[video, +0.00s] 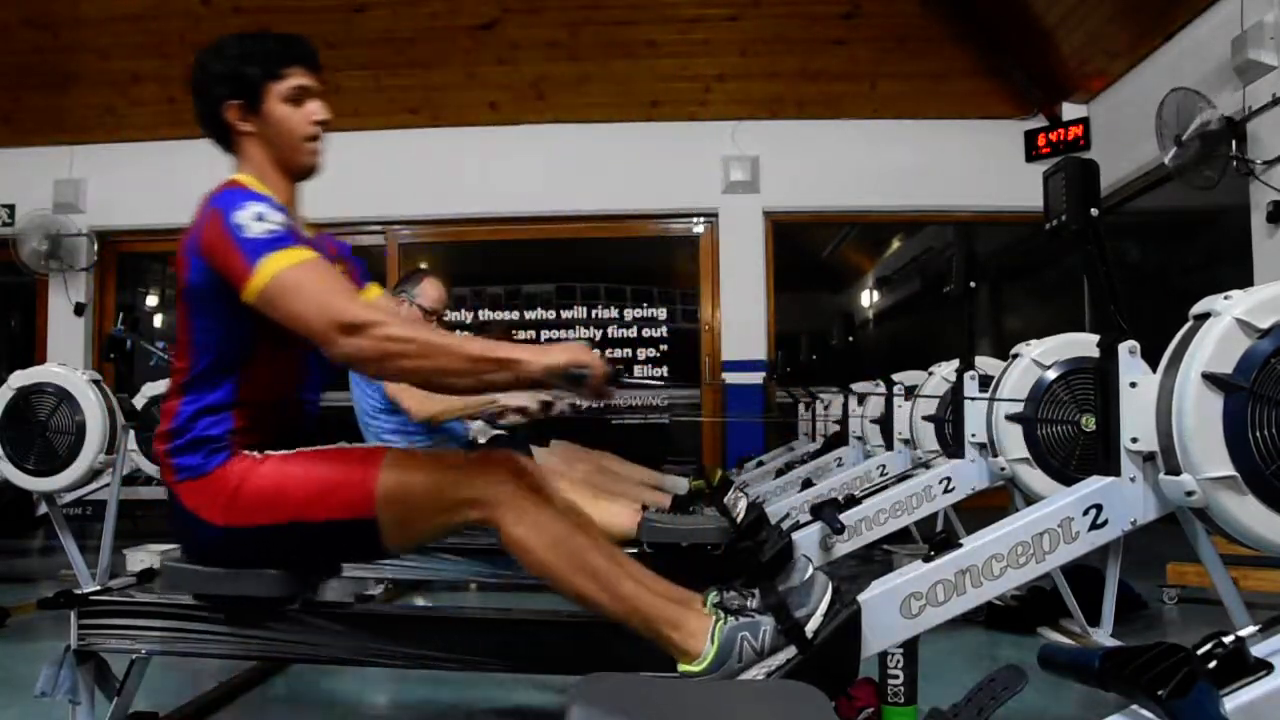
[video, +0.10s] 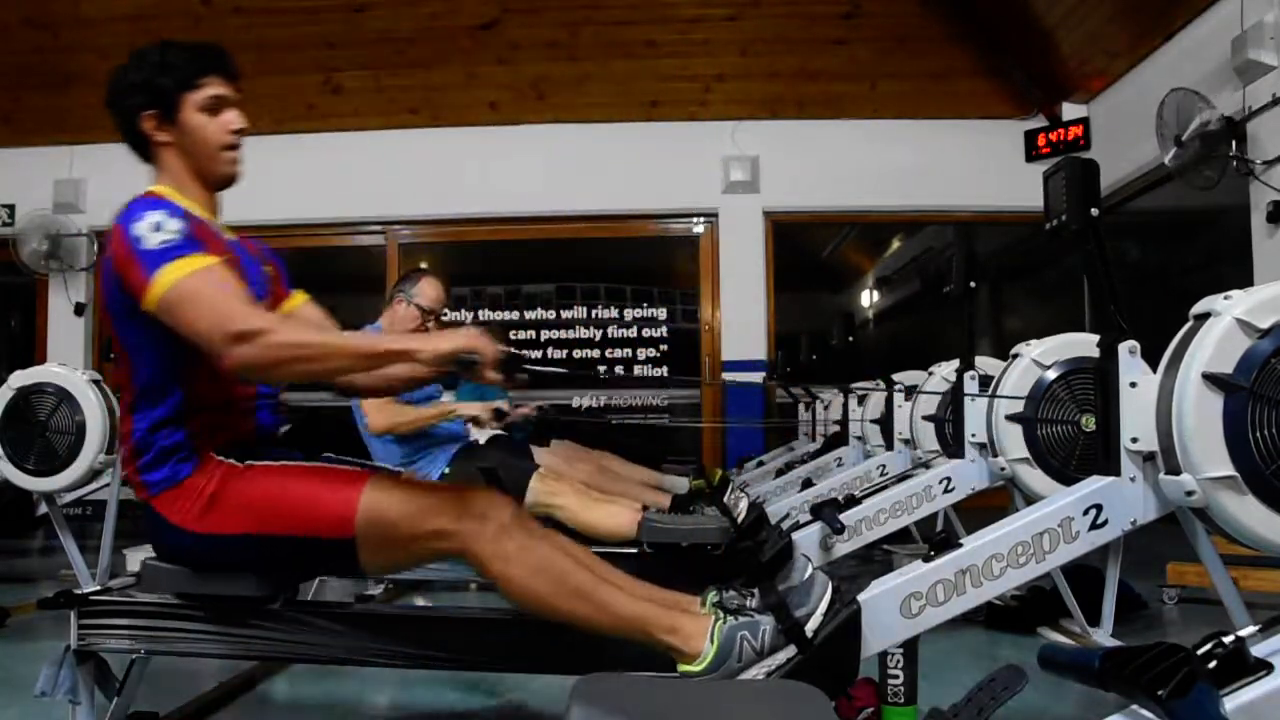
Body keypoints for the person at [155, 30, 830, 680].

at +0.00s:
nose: (323, 115)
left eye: (320, 99)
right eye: (299, 99)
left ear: (310, 113)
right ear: (240, 117)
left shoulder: (303, 235)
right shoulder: (235, 215)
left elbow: (397, 342)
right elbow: (360, 334)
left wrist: (527, 365)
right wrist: (532, 364)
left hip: (269, 467)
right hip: (225, 480)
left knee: (513, 477)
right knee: (493, 482)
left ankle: (711, 620)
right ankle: (704, 644)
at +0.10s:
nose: (237, 126)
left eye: (236, 110)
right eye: (215, 111)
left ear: (227, 122)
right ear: (154, 128)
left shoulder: (245, 256)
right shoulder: (150, 231)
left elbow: (341, 358)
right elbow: (248, 348)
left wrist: (446, 376)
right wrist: (429, 350)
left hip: (250, 469)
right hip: (196, 488)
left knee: (487, 500)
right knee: (470, 513)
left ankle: (693, 623)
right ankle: (697, 639)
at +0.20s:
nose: (176, 143)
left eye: (174, 127)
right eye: (153, 127)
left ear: (162, 144)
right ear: (92, 149)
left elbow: (271, 384)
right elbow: (139, 369)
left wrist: (371, 349)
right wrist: (316, 338)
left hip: (247, 460)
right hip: (189, 480)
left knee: (466, 521)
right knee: (438, 530)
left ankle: (704, 626)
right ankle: (704, 641)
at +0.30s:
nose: (138, 160)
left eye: (137, 144)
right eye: (115, 146)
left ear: (113, 161)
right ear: (55, 165)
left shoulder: (138, 275)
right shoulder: (49, 264)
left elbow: (218, 416)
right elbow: (33, 413)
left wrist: (286, 372)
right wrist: (204, 349)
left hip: (231, 465)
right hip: (182, 484)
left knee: (459, 531)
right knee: (431, 538)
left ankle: (698, 623)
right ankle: (700, 641)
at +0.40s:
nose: (124, 164)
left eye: (124, 148)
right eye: (101, 149)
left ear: (107, 165)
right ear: (42, 170)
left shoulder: (128, 273)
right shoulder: (38, 275)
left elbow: (172, 399)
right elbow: (9, 435)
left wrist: (236, 375)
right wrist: (121, 381)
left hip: (233, 464)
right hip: (183, 488)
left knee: (458, 531)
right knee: (435, 539)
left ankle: (699, 621)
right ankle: (696, 640)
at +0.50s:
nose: (125, 166)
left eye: (125, 150)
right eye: (102, 151)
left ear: (109, 168)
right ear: (43, 172)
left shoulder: (126, 277)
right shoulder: (35, 277)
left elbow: (161, 405)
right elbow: (7, 442)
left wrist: (237, 396)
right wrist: (125, 424)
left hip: (223, 466)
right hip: (177, 490)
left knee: (454, 531)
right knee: (434, 539)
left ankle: (700, 621)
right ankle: (696, 641)